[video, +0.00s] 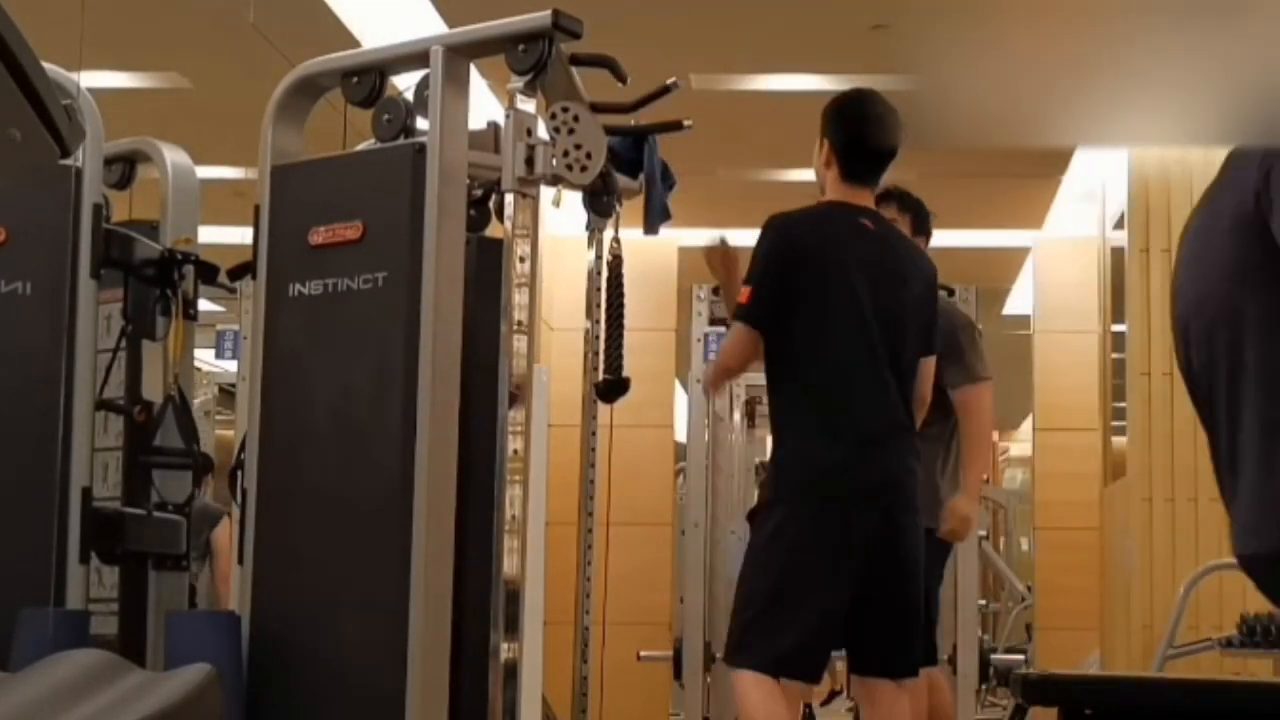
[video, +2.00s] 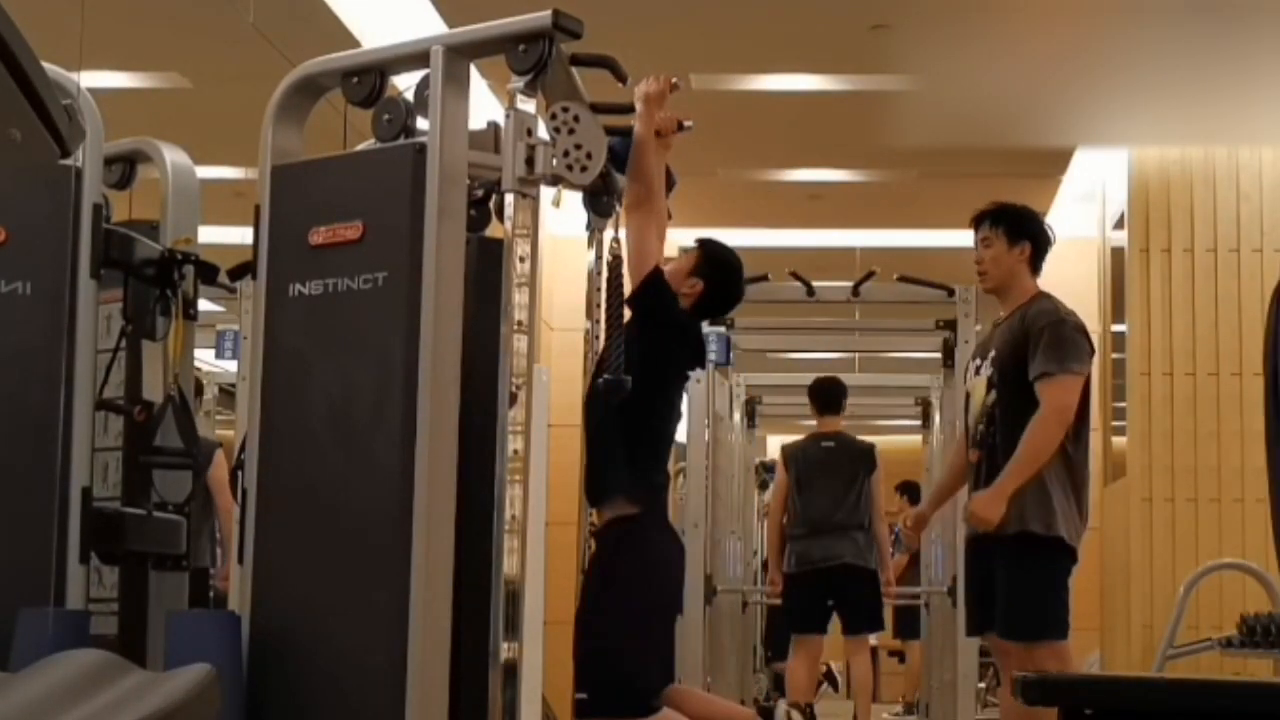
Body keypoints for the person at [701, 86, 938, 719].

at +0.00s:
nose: (817, 154)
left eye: (819, 144)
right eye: (820, 145)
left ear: (825, 153)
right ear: (891, 162)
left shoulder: (789, 233)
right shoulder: (917, 263)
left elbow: (737, 353)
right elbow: (919, 399)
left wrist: (713, 377)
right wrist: (885, 450)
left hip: (807, 484)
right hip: (894, 491)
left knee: (759, 666)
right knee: (888, 671)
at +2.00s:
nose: (669, 259)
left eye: (681, 257)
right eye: (678, 255)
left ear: (693, 287)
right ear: (690, 289)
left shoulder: (664, 327)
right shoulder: (656, 327)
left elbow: (646, 209)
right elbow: (645, 216)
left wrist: (645, 123)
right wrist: (658, 133)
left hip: (633, 542)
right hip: (633, 540)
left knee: (621, 704)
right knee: (642, 692)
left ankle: (745, 717)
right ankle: (755, 716)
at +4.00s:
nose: (708, 216)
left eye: (720, 213)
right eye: (718, 210)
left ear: (736, 239)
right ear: (741, 246)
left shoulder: (700, 289)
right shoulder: (704, 288)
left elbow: (643, 207)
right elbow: (649, 213)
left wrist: (643, 123)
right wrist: (658, 135)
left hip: (624, 481)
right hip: (645, 480)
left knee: (599, 646)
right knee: (641, 623)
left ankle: (731, 665)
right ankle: (741, 652)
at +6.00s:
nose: (721, 213)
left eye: (733, 209)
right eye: (729, 207)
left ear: (755, 231)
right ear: (759, 237)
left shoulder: (715, 279)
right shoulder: (724, 284)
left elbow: (651, 208)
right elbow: (654, 215)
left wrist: (646, 124)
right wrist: (658, 138)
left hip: (630, 456)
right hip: (652, 457)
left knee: (595, 619)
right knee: (637, 600)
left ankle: (727, 650)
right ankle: (731, 632)